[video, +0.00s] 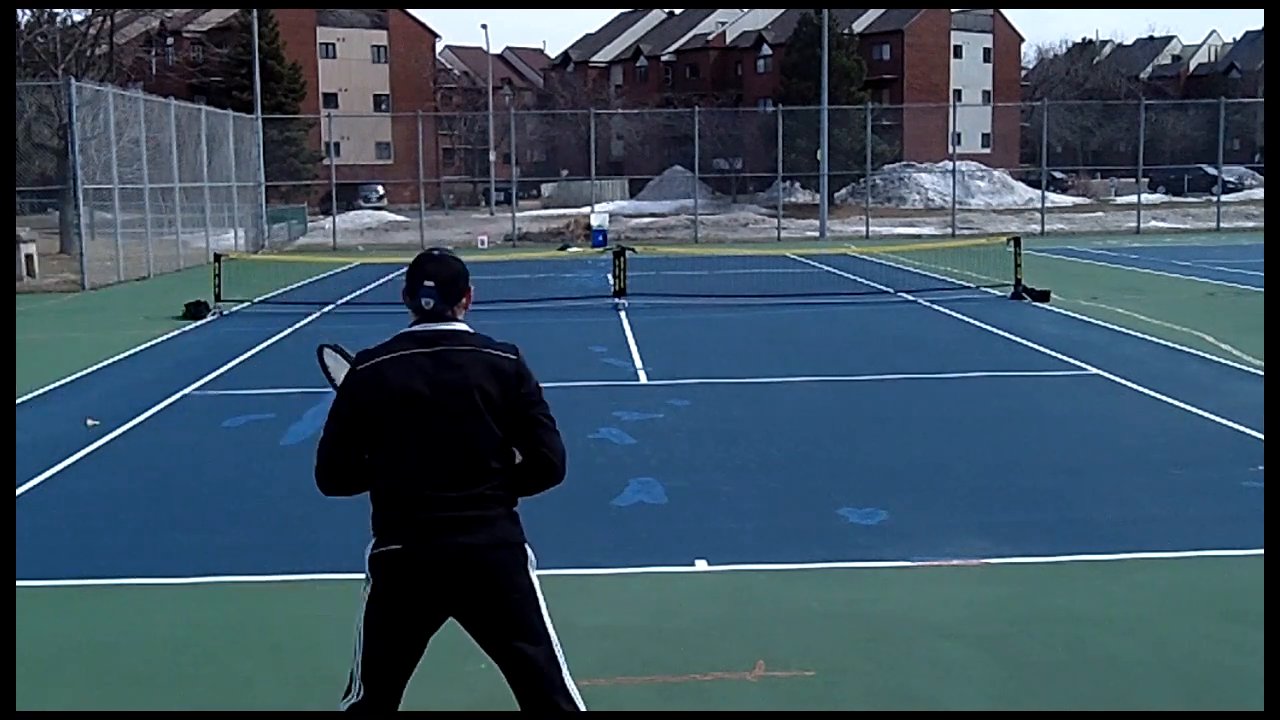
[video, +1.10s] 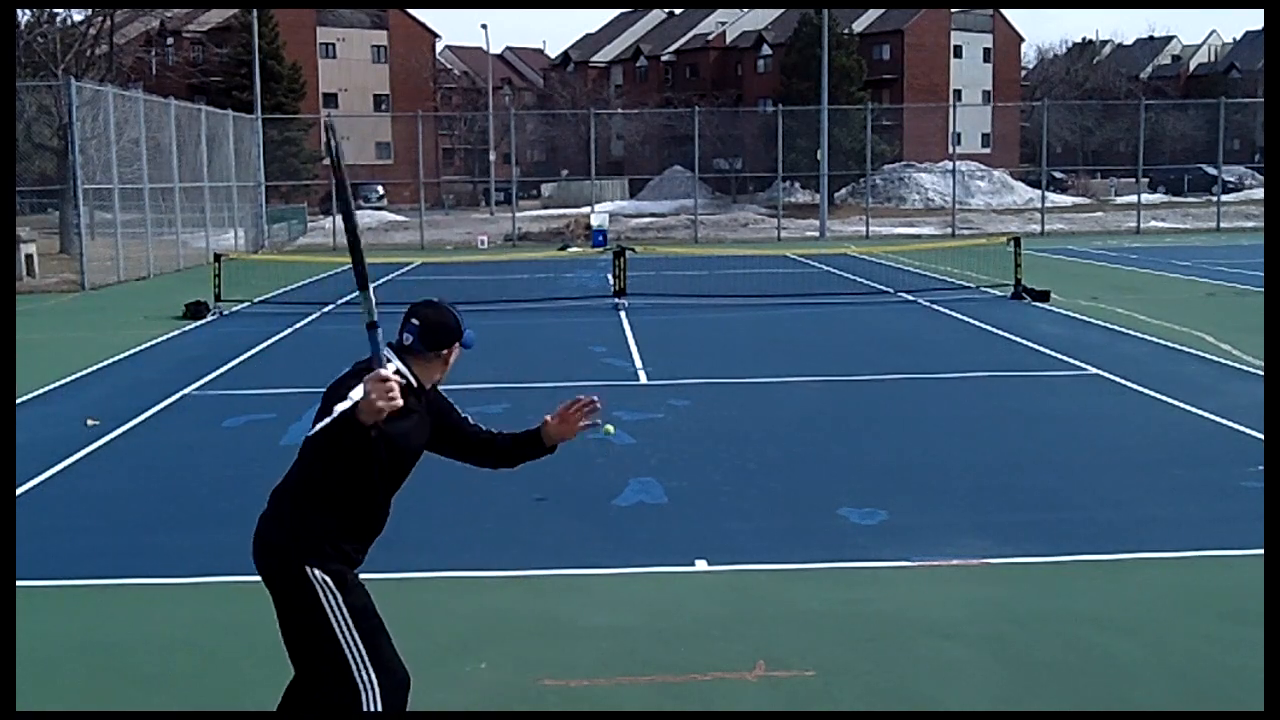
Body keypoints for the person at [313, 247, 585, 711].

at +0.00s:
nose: (470, 298)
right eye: (470, 292)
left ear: (406, 300)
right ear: (467, 299)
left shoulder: (369, 369)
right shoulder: (504, 363)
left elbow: (332, 477)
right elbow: (548, 464)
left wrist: (394, 462)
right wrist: (490, 484)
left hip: (404, 567)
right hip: (494, 563)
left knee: (371, 697)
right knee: (549, 692)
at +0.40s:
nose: (492, 324)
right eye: (492, 320)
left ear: (432, 323)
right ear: (489, 326)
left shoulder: (391, 390)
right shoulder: (510, 393)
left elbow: (372, 494)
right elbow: (546, 500)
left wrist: (428, 485)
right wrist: (490, 501)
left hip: (403, 575)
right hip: (487, 578)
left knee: (385, 693)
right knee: (550, 697)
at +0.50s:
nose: (481, 329)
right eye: (480, 322)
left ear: (421, 325)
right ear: (476, 326)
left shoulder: (380, 382)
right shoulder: (478, 391)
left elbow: (397, 468)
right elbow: (514, 508)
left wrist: (481, 447)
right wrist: (512, 456)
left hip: (367, 568)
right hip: (446, 574)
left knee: (365, 695)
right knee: (518, 700)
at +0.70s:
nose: (470, 322)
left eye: (466, 314)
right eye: (469, 315)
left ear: (412, 313)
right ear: (463, 321)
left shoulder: (385, 362)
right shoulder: (430, 378)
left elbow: (443, 451)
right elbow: (459, 493)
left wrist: (515, 413)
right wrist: (527, 460)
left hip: (322, 545)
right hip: (376, 555)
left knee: (348, 688)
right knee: (441, 687)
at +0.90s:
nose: (463, 341)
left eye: (460, 331)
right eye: (464, 332)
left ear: (410, 325)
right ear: (456, 339)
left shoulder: (420, 378)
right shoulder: (393, 377)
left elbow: (491, 439)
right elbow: (394, 467)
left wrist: (528, 401)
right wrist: (474, 421)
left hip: (343, 550)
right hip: (326, 553)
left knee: (338, 682)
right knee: (396, 691)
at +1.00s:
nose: (457, 355)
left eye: (458, 345)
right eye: (457, 344)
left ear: (412, 335)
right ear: (447, 344)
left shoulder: (419, 390)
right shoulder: (378, 379)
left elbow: (492, 441)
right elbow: (342, 454)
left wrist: (536, 414)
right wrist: (413, 413)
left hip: (334, 553)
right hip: (313, 553)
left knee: (316, 687)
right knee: (391, 686)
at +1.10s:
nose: (456, 357)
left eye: (457, 348)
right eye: (456, 349)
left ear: (408, 339)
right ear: (448, 354)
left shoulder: (426, 404)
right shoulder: (367, 383)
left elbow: (484, 448)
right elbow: (317, 440)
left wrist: (545, 437)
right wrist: (360, 413)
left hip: (327, 553)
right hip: (301, 551)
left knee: (321, 681)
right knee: (382, 684)